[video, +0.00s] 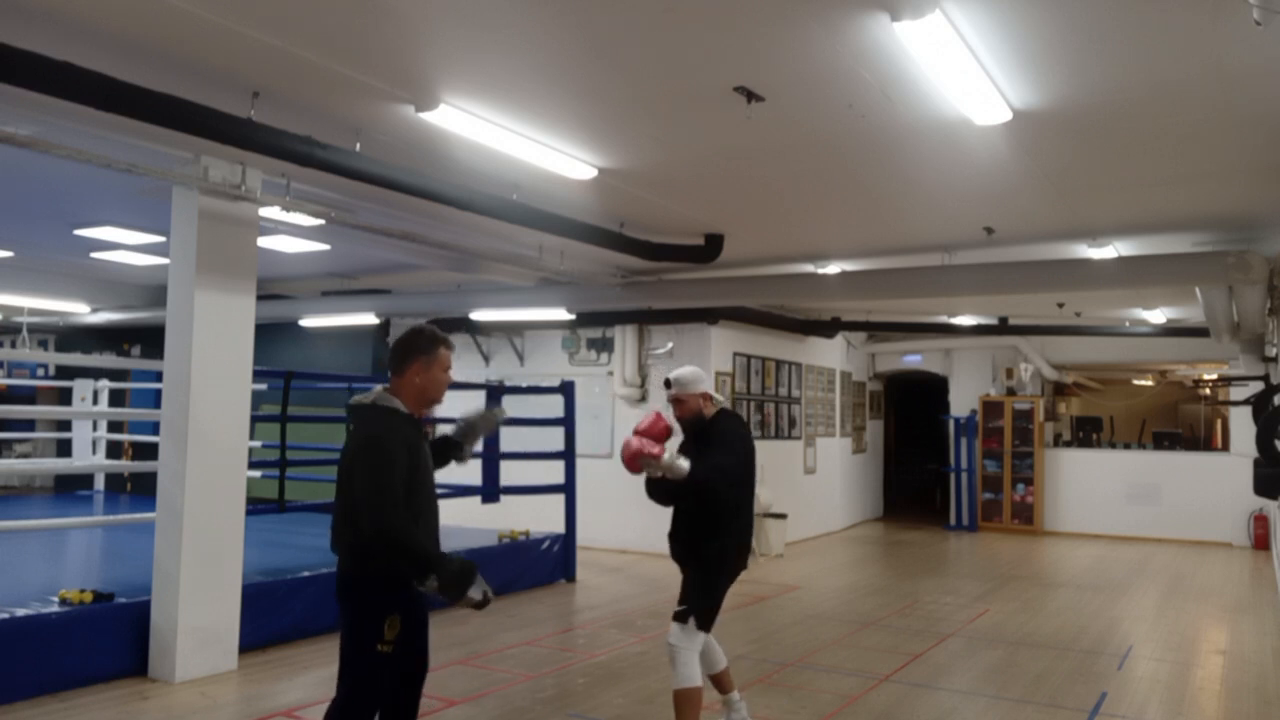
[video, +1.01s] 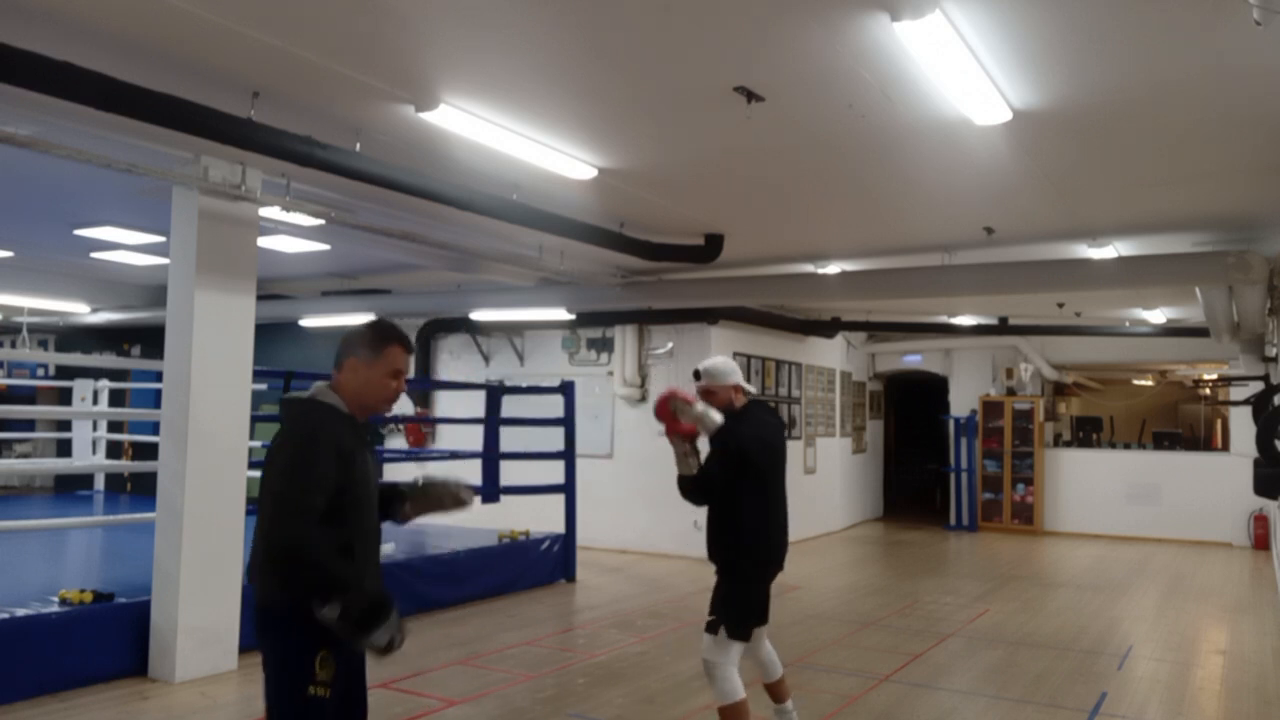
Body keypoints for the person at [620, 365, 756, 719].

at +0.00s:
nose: (674, 411)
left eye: (680, 402)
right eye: (672, 403)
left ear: (704, 399)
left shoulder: (729, 430)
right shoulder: (693, 436)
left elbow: (722, 484)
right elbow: (665, 493)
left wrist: (674, 466)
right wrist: (653, 468)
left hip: (721, 552)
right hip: (696, 550)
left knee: (682, 642)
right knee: (697, 636)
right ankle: (735, 708)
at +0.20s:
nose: (668, 401)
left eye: (673, 393)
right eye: (666, 393)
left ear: (698, 389)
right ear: (698, 391)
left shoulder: (716, 414)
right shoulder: (708, 422)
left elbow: (673, 422)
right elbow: (681, 488)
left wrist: (617, 412)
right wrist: (662, 455)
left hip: (720, 546)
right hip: (730, 542)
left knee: (694, 646)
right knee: (726, 630)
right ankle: (741, 709)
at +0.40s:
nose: (680, 407)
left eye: (683, 399)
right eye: (678, 400)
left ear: (705, 395)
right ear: (710, 395)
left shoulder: (719, 428)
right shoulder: (738, 420)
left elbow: (693, 474)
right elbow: (714, 478)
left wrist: (631, 470)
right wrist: (678, 454)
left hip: (723, 554)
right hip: (747, 550)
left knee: (689, 647)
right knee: (752, 631)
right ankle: (796, 709)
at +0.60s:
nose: (697, 408)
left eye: (700, 399)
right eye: (694, 400)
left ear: (723, 395)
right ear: (722, 395)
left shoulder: (747, 426)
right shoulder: (739, 424)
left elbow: (745, 487)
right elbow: (719, 491)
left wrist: (694, 470)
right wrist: (693, 459)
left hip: (745, 555)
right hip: (752, 551)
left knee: (716, 644)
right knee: (763, 636)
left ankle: (703, 717)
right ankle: (799, 711)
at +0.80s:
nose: (705, 412)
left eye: (710, 405)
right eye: (703, 405)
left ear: (734, 401)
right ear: (721, 403)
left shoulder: (763, 431)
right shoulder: (726, 436)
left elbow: (767, 490)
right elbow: (707, 503)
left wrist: (714, 456)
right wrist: (691, 465)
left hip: (759, 559)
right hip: (740, 556)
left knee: (711, 649)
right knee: (757, 641)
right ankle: (799, 712)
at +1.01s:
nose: (703, 403)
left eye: (707, 394)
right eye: (701, 395)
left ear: (731, 392)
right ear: (738, 391)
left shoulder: (735, 434)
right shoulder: (767, 418)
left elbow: (698, 493)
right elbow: (739, 444)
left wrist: (683, 447)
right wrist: (699, 415)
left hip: (742, 559)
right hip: (766, 551)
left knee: (718, 662)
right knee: (756, 641)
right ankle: (787, 713)